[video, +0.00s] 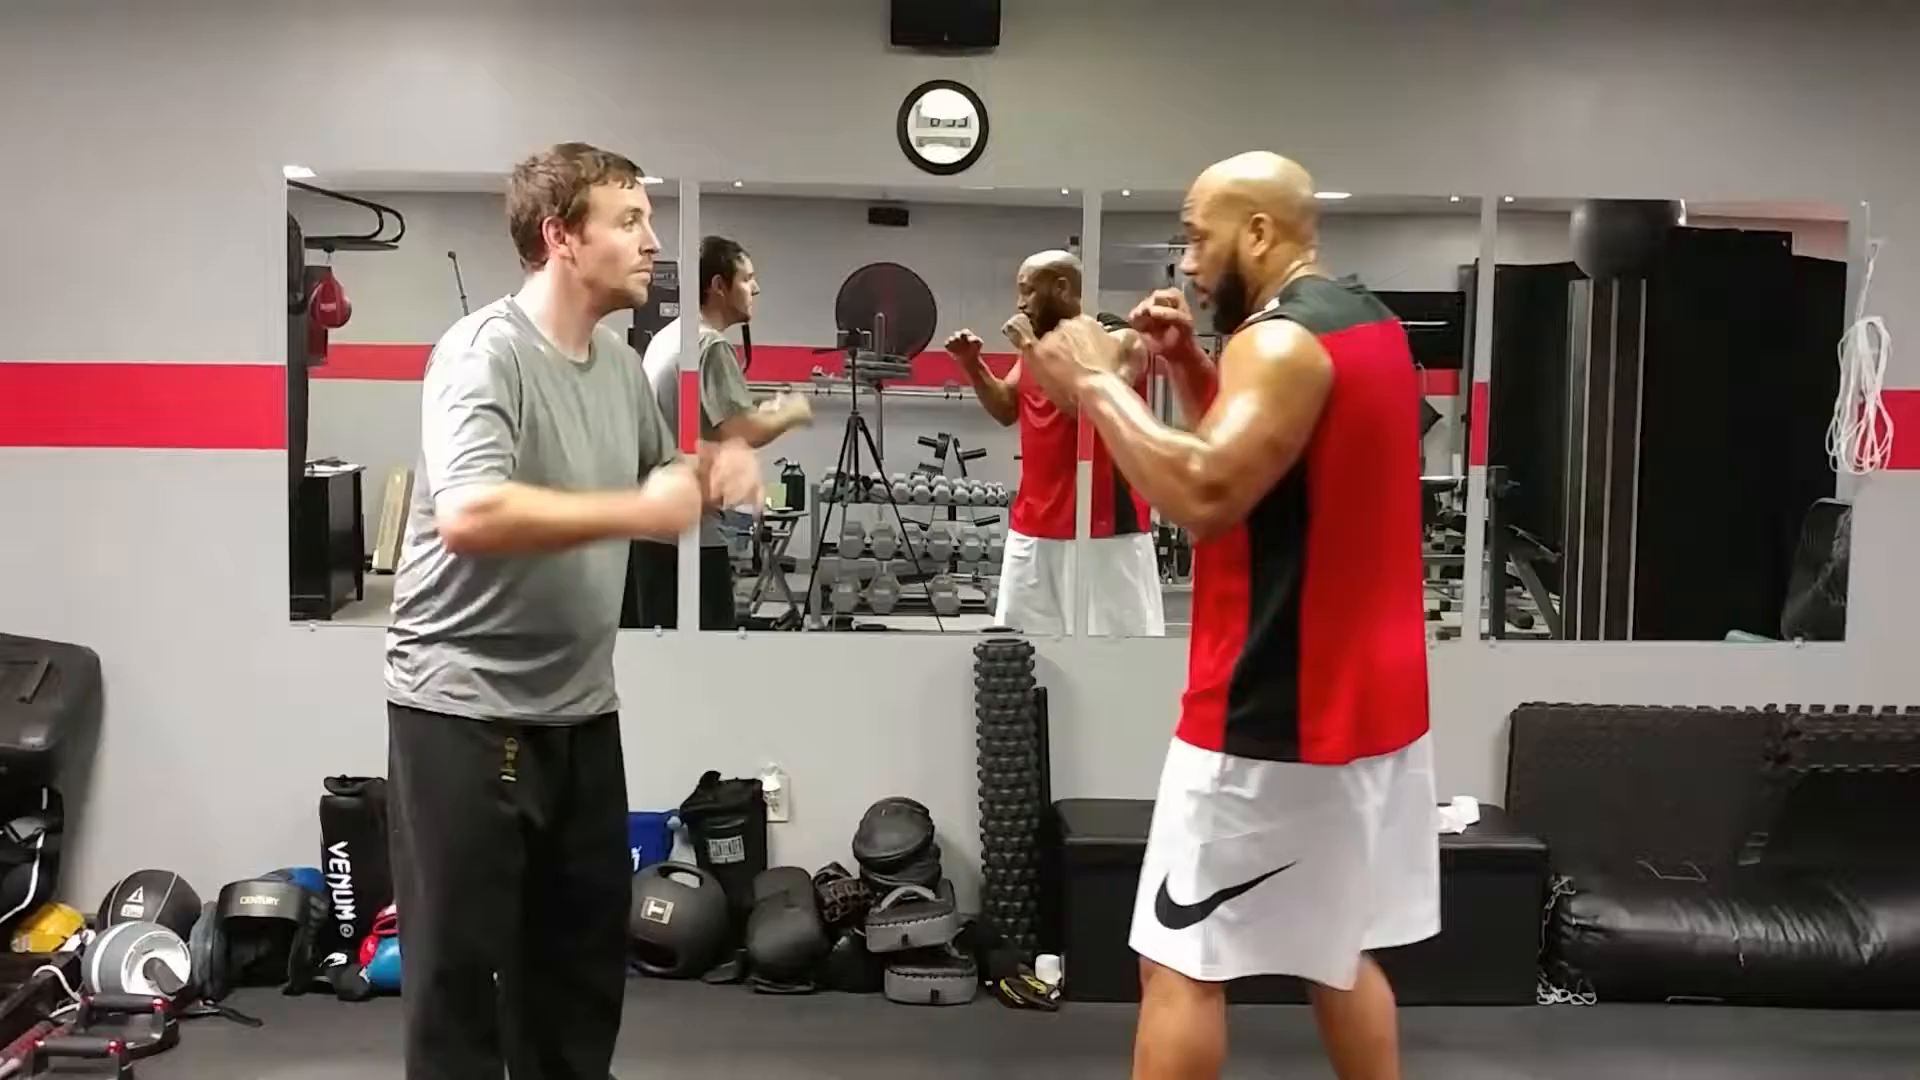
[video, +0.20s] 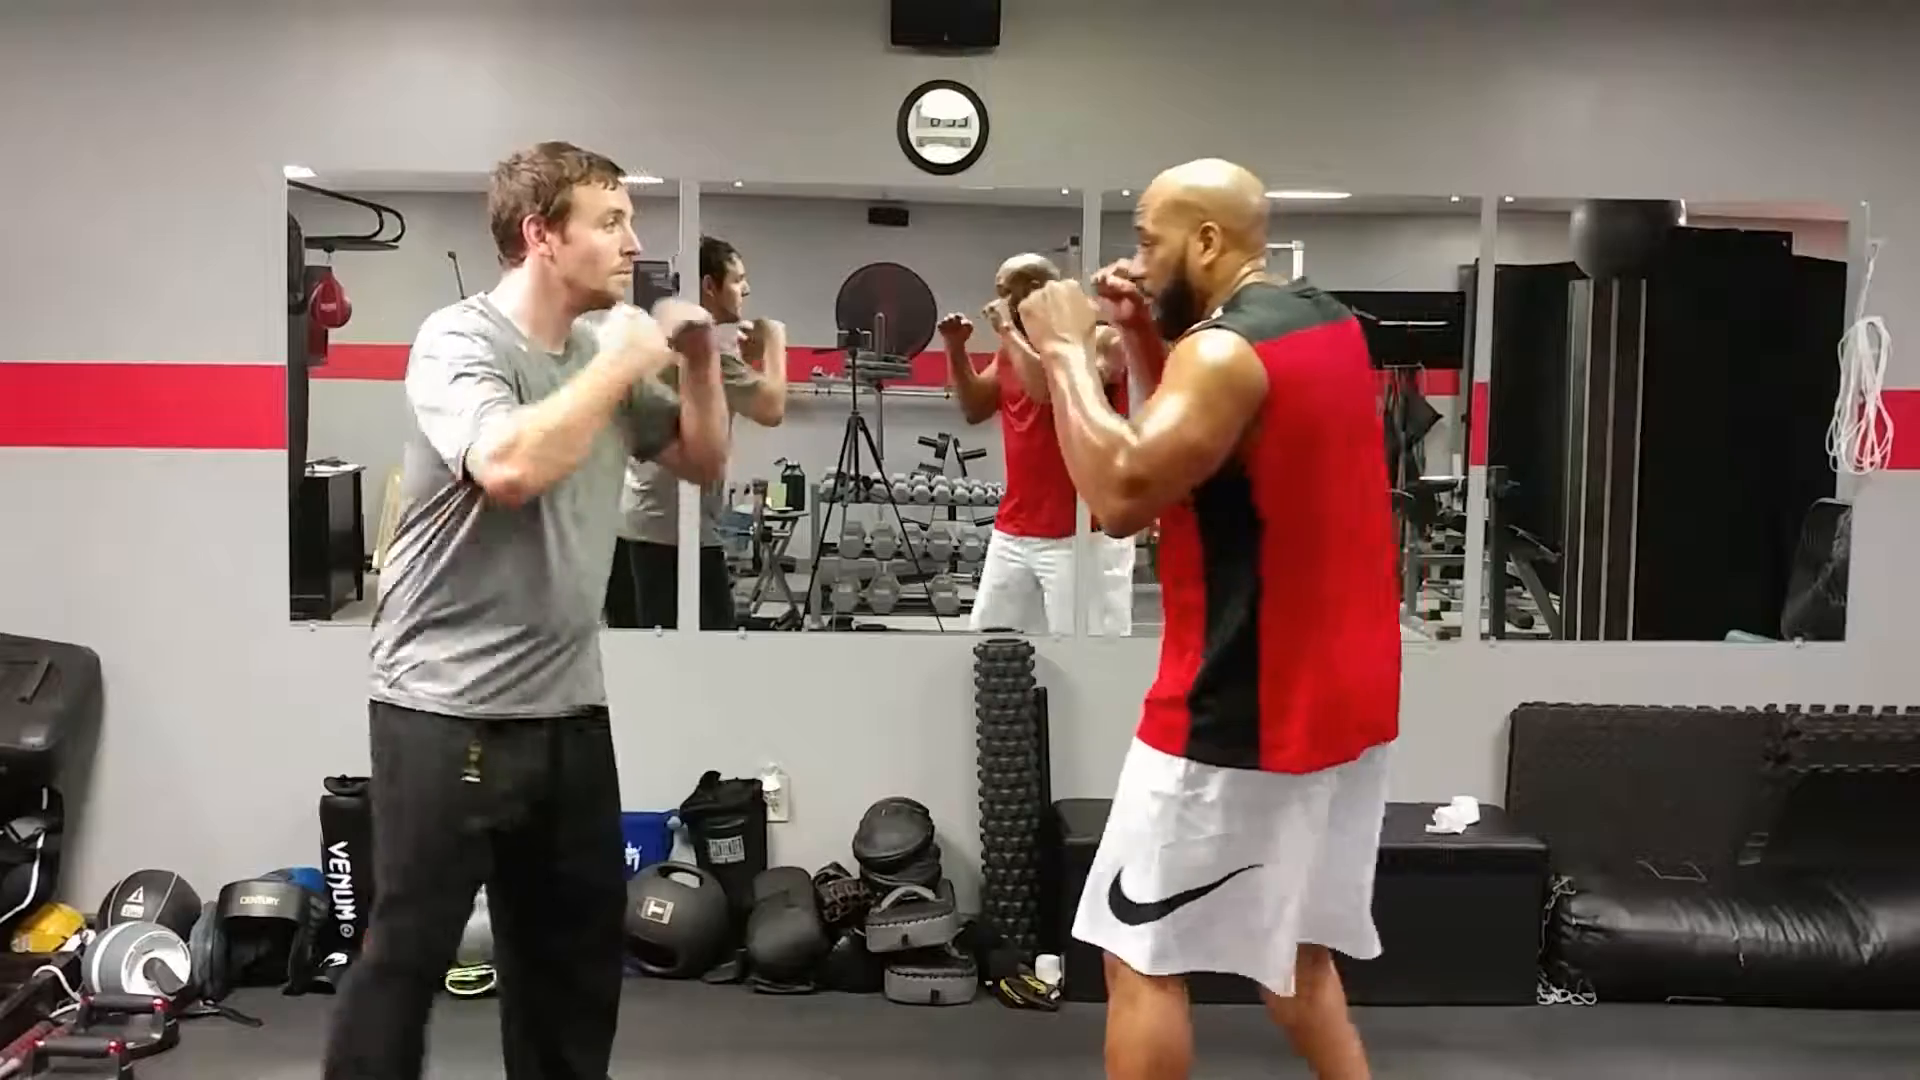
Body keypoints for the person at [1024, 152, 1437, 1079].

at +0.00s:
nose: (1185, 262)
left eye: (1196, 239)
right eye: (1185, 240)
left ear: (1257, 234)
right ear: (1277, 234)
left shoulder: (1284, 341)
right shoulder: (1368, 324)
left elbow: (1204, 497)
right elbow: (1257, 470)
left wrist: (1091, 385)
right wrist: (1184, 364)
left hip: (1262, 711)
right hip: (1370, 702)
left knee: (1179, 964)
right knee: (1340, 950)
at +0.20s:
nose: (1139, 263)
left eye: (1150, 242)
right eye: (1138, 243)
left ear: (1207, 242)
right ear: (1240, 243)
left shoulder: (1227, 349)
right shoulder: (1328, 325)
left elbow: (1116, 494)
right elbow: (1194, 465)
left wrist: (1064, 359)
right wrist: (1139, 342)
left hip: (1230, 708)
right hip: (1345, 699)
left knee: (1141, 957)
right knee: (1298, 963)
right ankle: (1351, 1077)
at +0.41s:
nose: (1126, 260)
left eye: (1139, 239)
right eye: (1126, 239)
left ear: (1200, 242)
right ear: (1223, 244)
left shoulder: (1228, 349)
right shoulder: (1295, 323)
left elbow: (1118, 492)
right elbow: (1158, 450)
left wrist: (1074, 352)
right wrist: (1119, 338)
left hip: (1220, 703)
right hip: (1317, 691)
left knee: (1135, 955)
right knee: (1280, 919)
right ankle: (1343, 1075)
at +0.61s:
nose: (1129, 256)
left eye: (1144, 237)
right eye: (1131, 236)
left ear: (1208, 241)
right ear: (1221, 243)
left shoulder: (1238, 346)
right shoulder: (1284, 326)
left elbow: (1151, 492)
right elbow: (1153, 421)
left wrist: (1072, 365)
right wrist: (1105, 348)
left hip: (1224, 701)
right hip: (1314, 690)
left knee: (1139, 951)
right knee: (1300, 933)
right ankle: (1345, 1078)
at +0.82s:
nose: (1129, 252)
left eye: (1144, 234)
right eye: (1133, 232)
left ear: (1204, 239)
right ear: (1219, 240)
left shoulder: (1224, 343)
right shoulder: (1281, 326)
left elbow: (1121, 479)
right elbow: (1142, 427)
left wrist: (1032, 345)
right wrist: (1098, 339)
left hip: (1210, 702)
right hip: (1302, 690)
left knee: (1142, 955)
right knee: (1295, 935)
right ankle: (1345, 1076)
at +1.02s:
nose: (1129, 258)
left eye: (1140, 238)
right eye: (1130, 238)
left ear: (1193, 240)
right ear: (1218, 242)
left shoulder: (1204, 331)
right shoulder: (1260, 319)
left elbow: (1095, 488)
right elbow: (1066, 347)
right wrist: (937, 291)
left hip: (1221, 674)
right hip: (1319, 666)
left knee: (1109, 926)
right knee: (1305, 924)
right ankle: (1354, 1076)